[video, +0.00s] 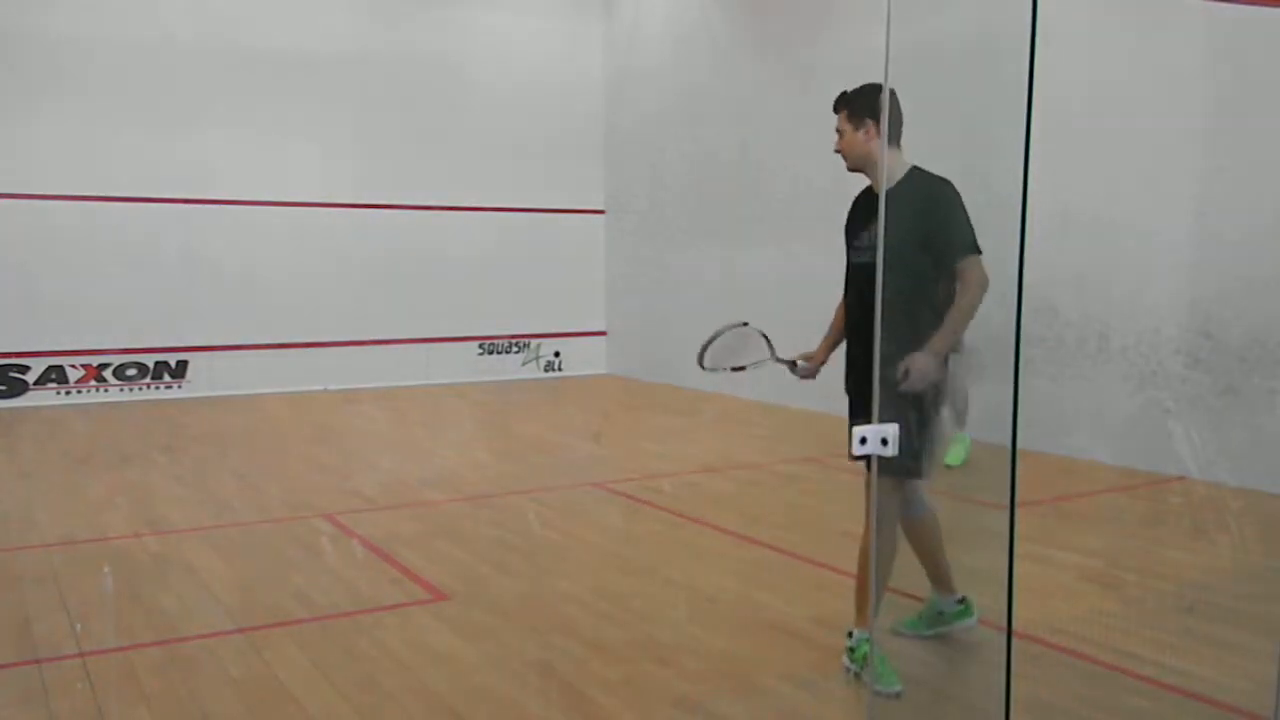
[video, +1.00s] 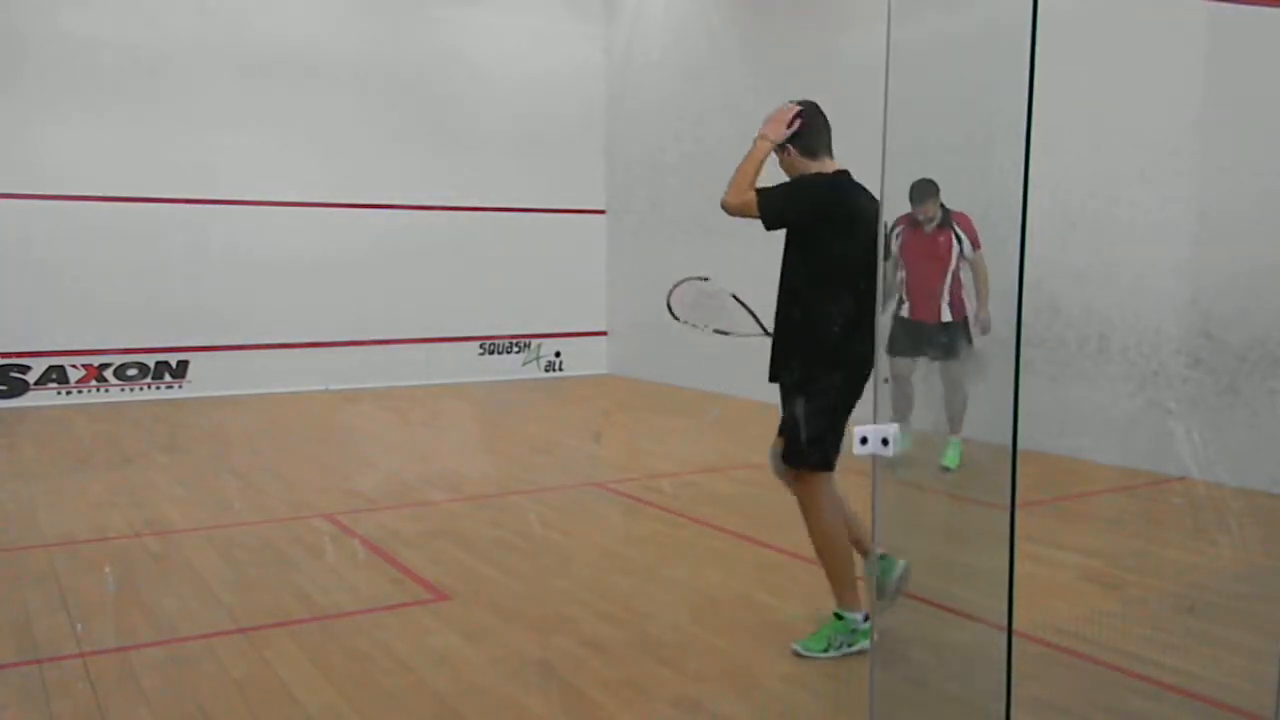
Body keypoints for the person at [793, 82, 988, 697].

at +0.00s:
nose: (836, 145)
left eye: (841, 133)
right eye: (836, 133)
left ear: (872, 130)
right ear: (866, 132)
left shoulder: (934, 193)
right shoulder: (863, 208)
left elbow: (975, 279)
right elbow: (857, 292)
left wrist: (936, 350)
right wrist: (822, 351)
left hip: (910, 374)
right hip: (867, 372)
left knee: (883, 495)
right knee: (904, 492)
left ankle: (863, 635)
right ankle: (948, 597)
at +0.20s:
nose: (841, 156)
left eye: (844, 144)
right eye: (840, 145)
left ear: (869, 139)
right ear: (874, 138)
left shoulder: (924, 195)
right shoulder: (889, 208)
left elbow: (929, 274)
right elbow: (898, 298)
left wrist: (853, 255)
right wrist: (861, 354)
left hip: (911, 370)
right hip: (897, 368)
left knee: (887, 493)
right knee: (924, 485)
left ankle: (881, 638)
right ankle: (957, 608)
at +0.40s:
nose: (845, 155)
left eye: (847, 145)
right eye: (844, 145)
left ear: (870, 140)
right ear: (884, 138)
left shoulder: (898, 192)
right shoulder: (922, 187)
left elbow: (838, 230)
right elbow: (919, 291)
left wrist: (829, 176)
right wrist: (873, 352)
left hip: (896, 368)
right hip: (915, 363)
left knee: (872, 484)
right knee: (919, 479)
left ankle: (876, 631)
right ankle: (956, 607)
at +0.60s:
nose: (834, 163)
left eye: (834, 152)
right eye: (834, 153)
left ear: (850, 146)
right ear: (876, 142)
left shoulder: (874, 187)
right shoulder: (914, 187)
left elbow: (802, 193)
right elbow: (925, 276)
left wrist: (816, 138)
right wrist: (881, 345)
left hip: (878, 362)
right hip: (906, 359)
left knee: (842, 475)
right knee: (912, 479)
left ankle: (843, 614)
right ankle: (954, 605)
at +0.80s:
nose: (810, 172)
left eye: (811, 161)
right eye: (808, 163)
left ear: (823, 151)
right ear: (856, 147)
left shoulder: (853, 190)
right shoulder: (890, 197)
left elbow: (775, 187)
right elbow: (893, 289)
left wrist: (800, 129)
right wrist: (840, 351)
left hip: (848, 364)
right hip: (882, 363)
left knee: (806, 479)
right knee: (891, 482)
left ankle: (847, 610)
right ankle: (949, 600)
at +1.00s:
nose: (780, 167)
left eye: (780, 156)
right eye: (779, 157)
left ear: (791, 149)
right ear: (826, 144)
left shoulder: (814, 196)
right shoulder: (860, 198)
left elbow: (736, 200)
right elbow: (859, 289)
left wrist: (763, 141)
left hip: (816, 364)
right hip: (845, 359)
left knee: (812, 481)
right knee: (790, 463)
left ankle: (853, 618)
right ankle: (877, 558)